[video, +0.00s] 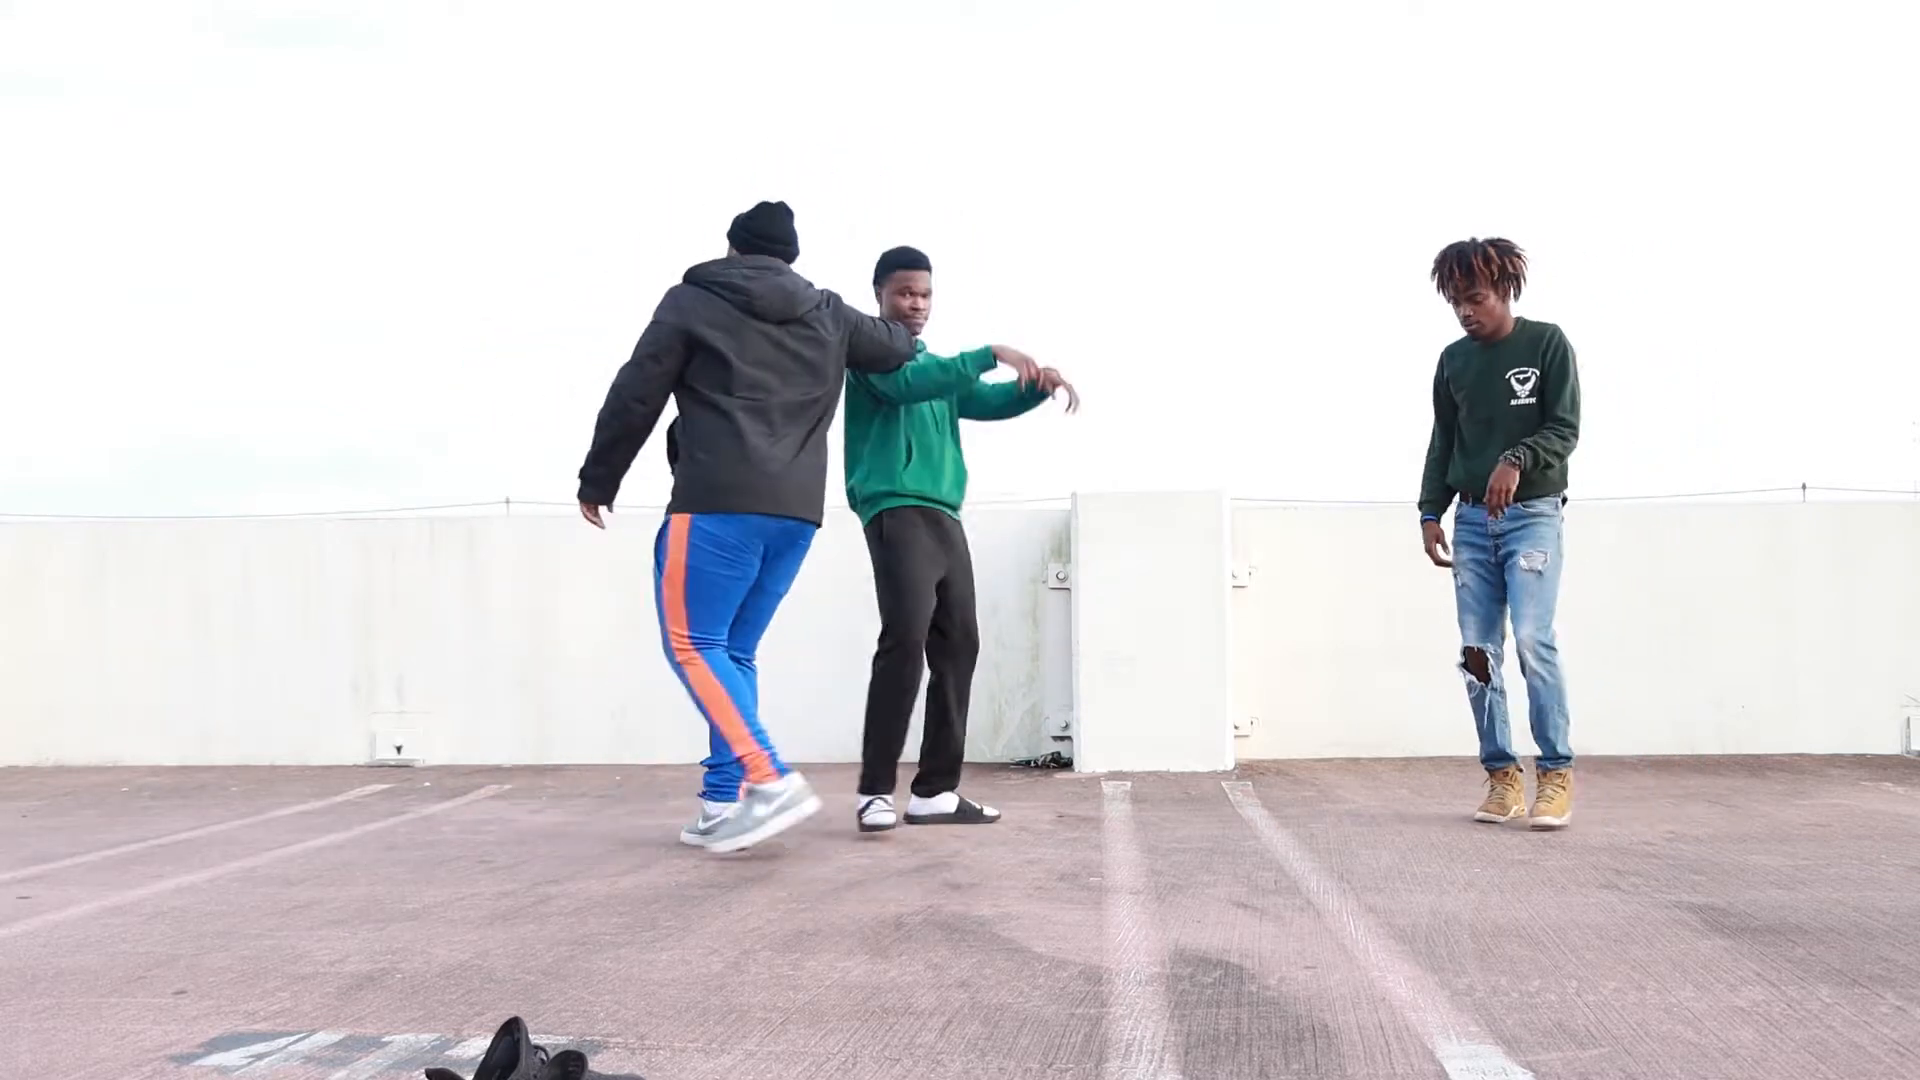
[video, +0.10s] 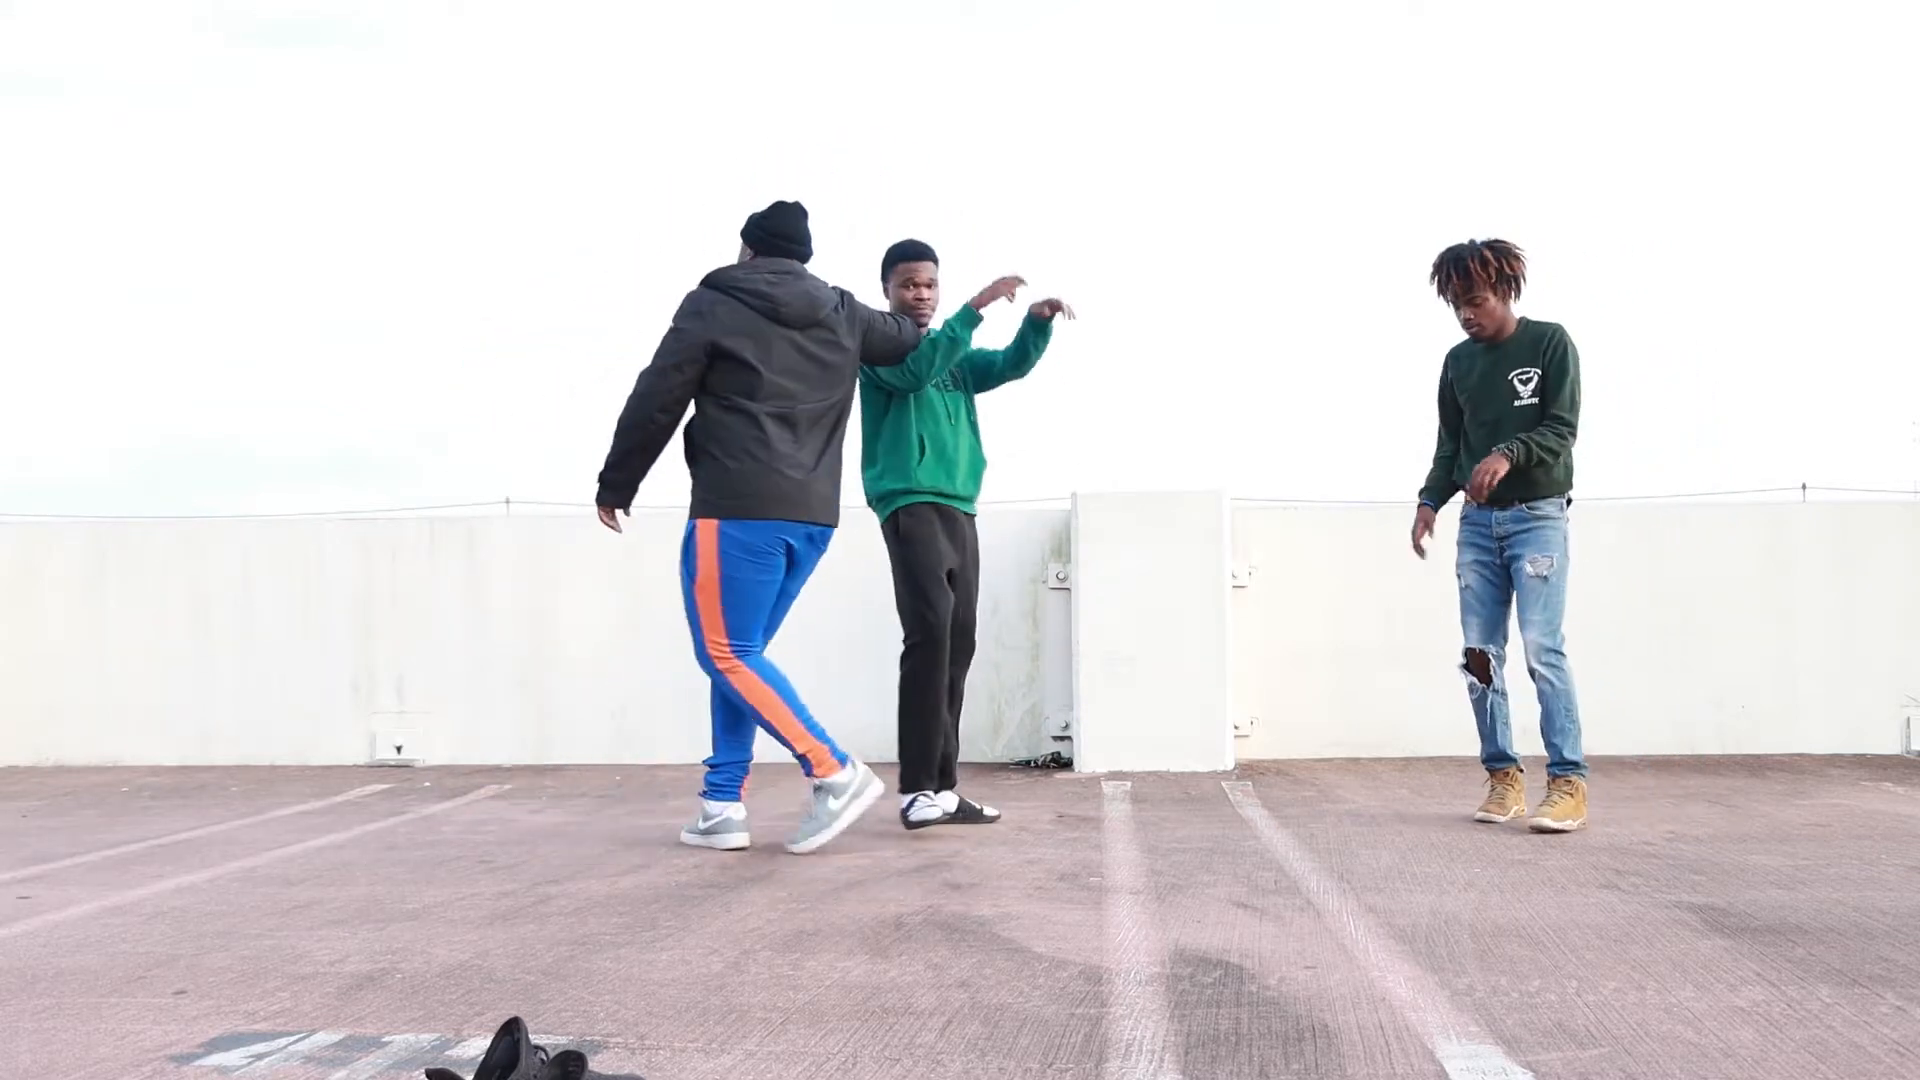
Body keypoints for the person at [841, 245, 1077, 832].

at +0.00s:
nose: (916, 304)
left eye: (924, 295)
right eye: (904, 294)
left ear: (931, 300)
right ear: (879, 295)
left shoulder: (936, 367)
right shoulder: (867, 348)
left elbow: (983, 401)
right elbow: (898, 385)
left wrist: (1036, 386)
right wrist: (991, 354)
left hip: (947, 519)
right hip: (900, 513)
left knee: (959, 647)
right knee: (904, 641)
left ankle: (934, 792)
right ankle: (877, 792)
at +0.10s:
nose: (922, 294)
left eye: (930, 285)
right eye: (908, 285)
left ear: (938, 291)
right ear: (886, 290)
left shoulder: (951, 354)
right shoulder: (876, 341)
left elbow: (1009, 363)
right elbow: (912, 370)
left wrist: (1036, 323)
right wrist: (976, 307)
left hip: (959, 509)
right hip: (911, 504)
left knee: (959, 641)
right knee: (931, 632)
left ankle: (944, 790)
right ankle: (918, 792)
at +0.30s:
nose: (933, 299)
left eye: (941, 288)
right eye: (920, 289)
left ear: (956, 290)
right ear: (899, 296)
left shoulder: (965, 346)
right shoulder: (895, 352)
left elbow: (1015, 347)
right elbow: (924, 384)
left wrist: (1006, 310)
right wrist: (944, 307)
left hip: (992, 508)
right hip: (945, 507)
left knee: (967, 639)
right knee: (978, 633)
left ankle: (931, 787)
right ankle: (993, 790)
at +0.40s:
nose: (940, 308)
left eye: (948, 298)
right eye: (927, 298)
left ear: (960, 302)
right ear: (905, 304)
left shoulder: (976, 346)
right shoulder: (906, 361)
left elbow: (1026, 369)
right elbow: (923, 411)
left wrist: (992, 349)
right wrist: (959, 345)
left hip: (1009, 514)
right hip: (959, 515)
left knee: (998, 651)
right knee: (1000, 643)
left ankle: (937, 788)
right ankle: (1012, 797)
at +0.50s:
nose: (944, 323)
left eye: (952, 312)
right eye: (932, 313)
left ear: (964, 315)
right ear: (912, 318)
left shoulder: (988, 358)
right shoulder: (911, 378)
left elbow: (1035, 394)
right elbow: (929, 444)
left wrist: (1000, 420)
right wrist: (971, 398)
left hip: (1021, 522)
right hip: (969, 524)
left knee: (1021, 658)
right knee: (1022, 647)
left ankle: (938, 789)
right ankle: (1016, 800)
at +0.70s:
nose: (966, 315)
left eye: (971, 305)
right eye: (955, 307)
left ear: (980, 305)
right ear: (935, 311)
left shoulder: (1008, 354)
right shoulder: (935, 365)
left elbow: (1065, 394)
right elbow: (948, 413)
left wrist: (1071, 446)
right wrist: (998, 409)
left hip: (1037, 530)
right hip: (989, 530)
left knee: (1068, 659)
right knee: (1016, 654)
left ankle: (973, 755)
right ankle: (1014, 797)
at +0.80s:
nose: (983, 297)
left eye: (986, 286)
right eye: (971, 288)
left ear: (992, 289)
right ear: (948, 295)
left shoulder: (1013, 345)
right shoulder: (939, 352)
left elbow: (1063, 367)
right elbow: (965, 381)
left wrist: (1102, 387)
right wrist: (1017, 358)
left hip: (1039, 517)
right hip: (989, 520)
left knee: (1078, 643)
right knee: (1013, 649)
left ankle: (1012, 763)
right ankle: (1011, 796)